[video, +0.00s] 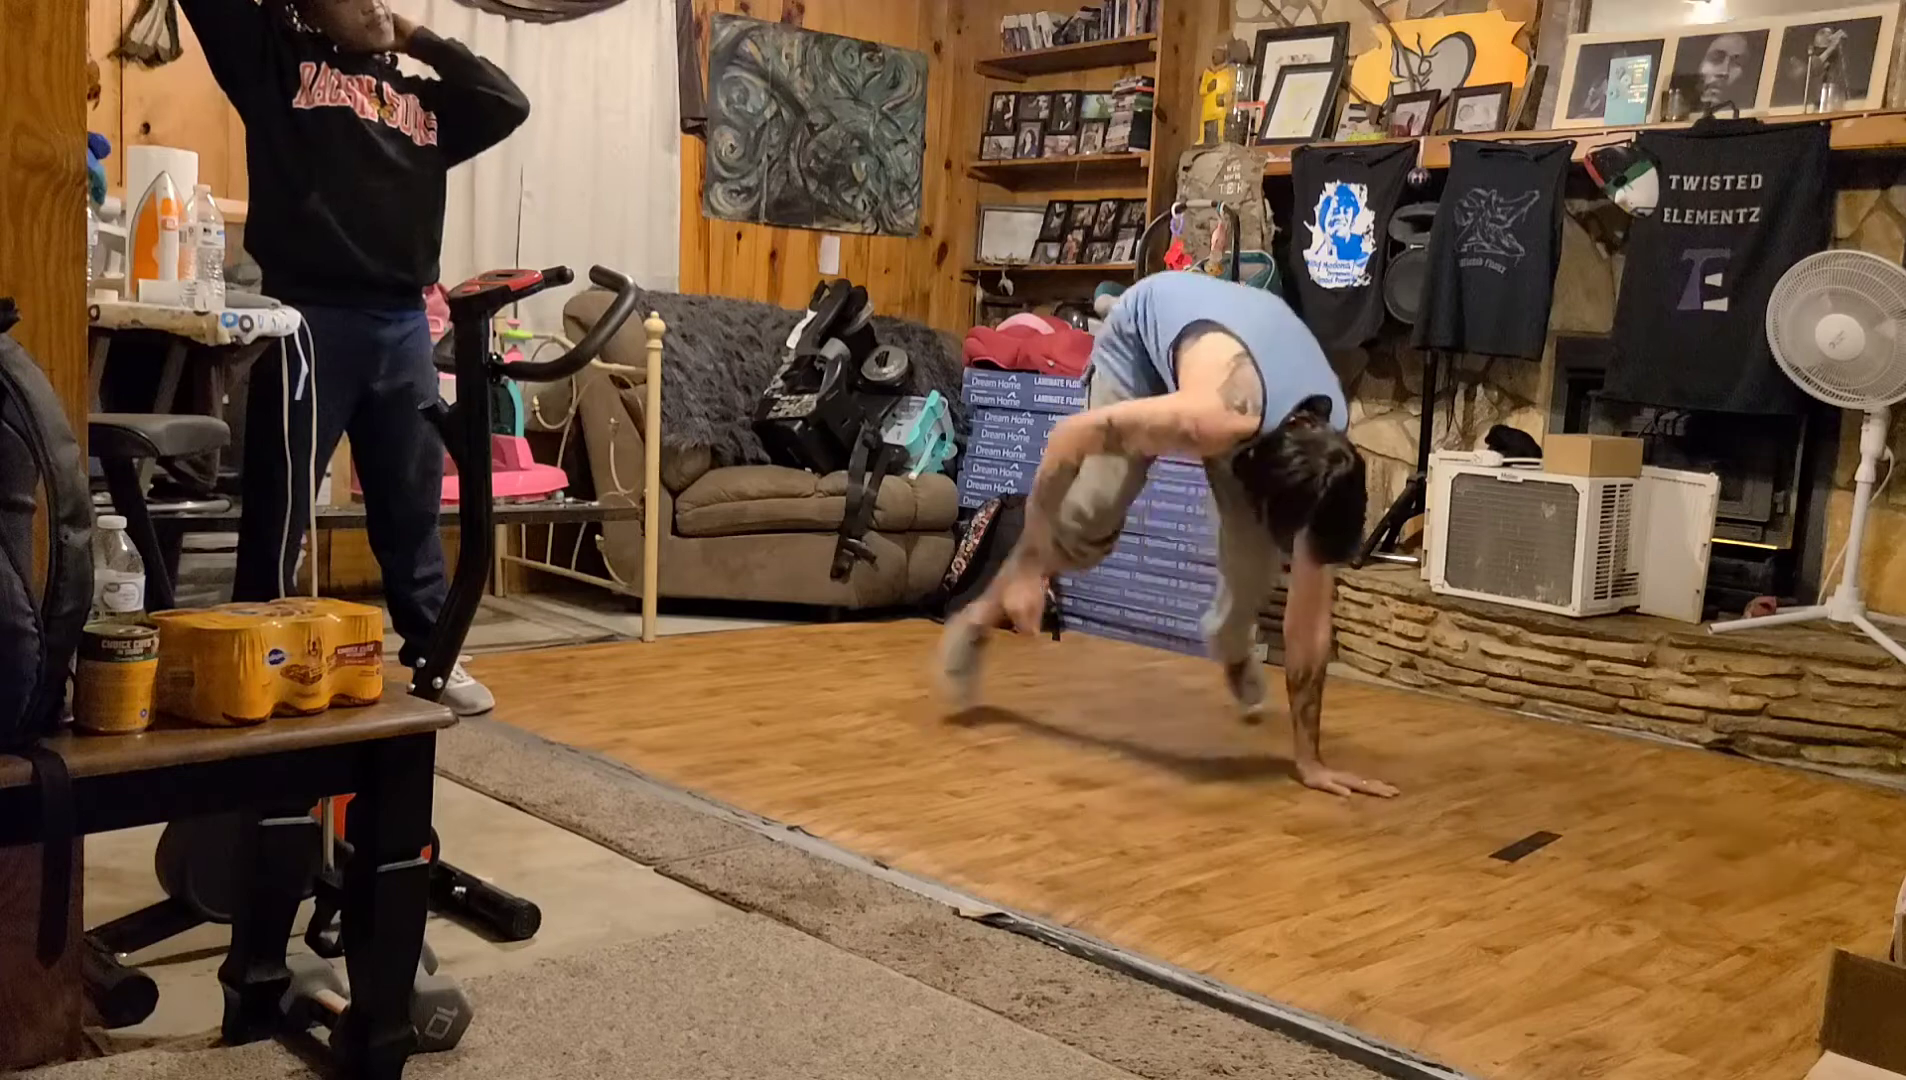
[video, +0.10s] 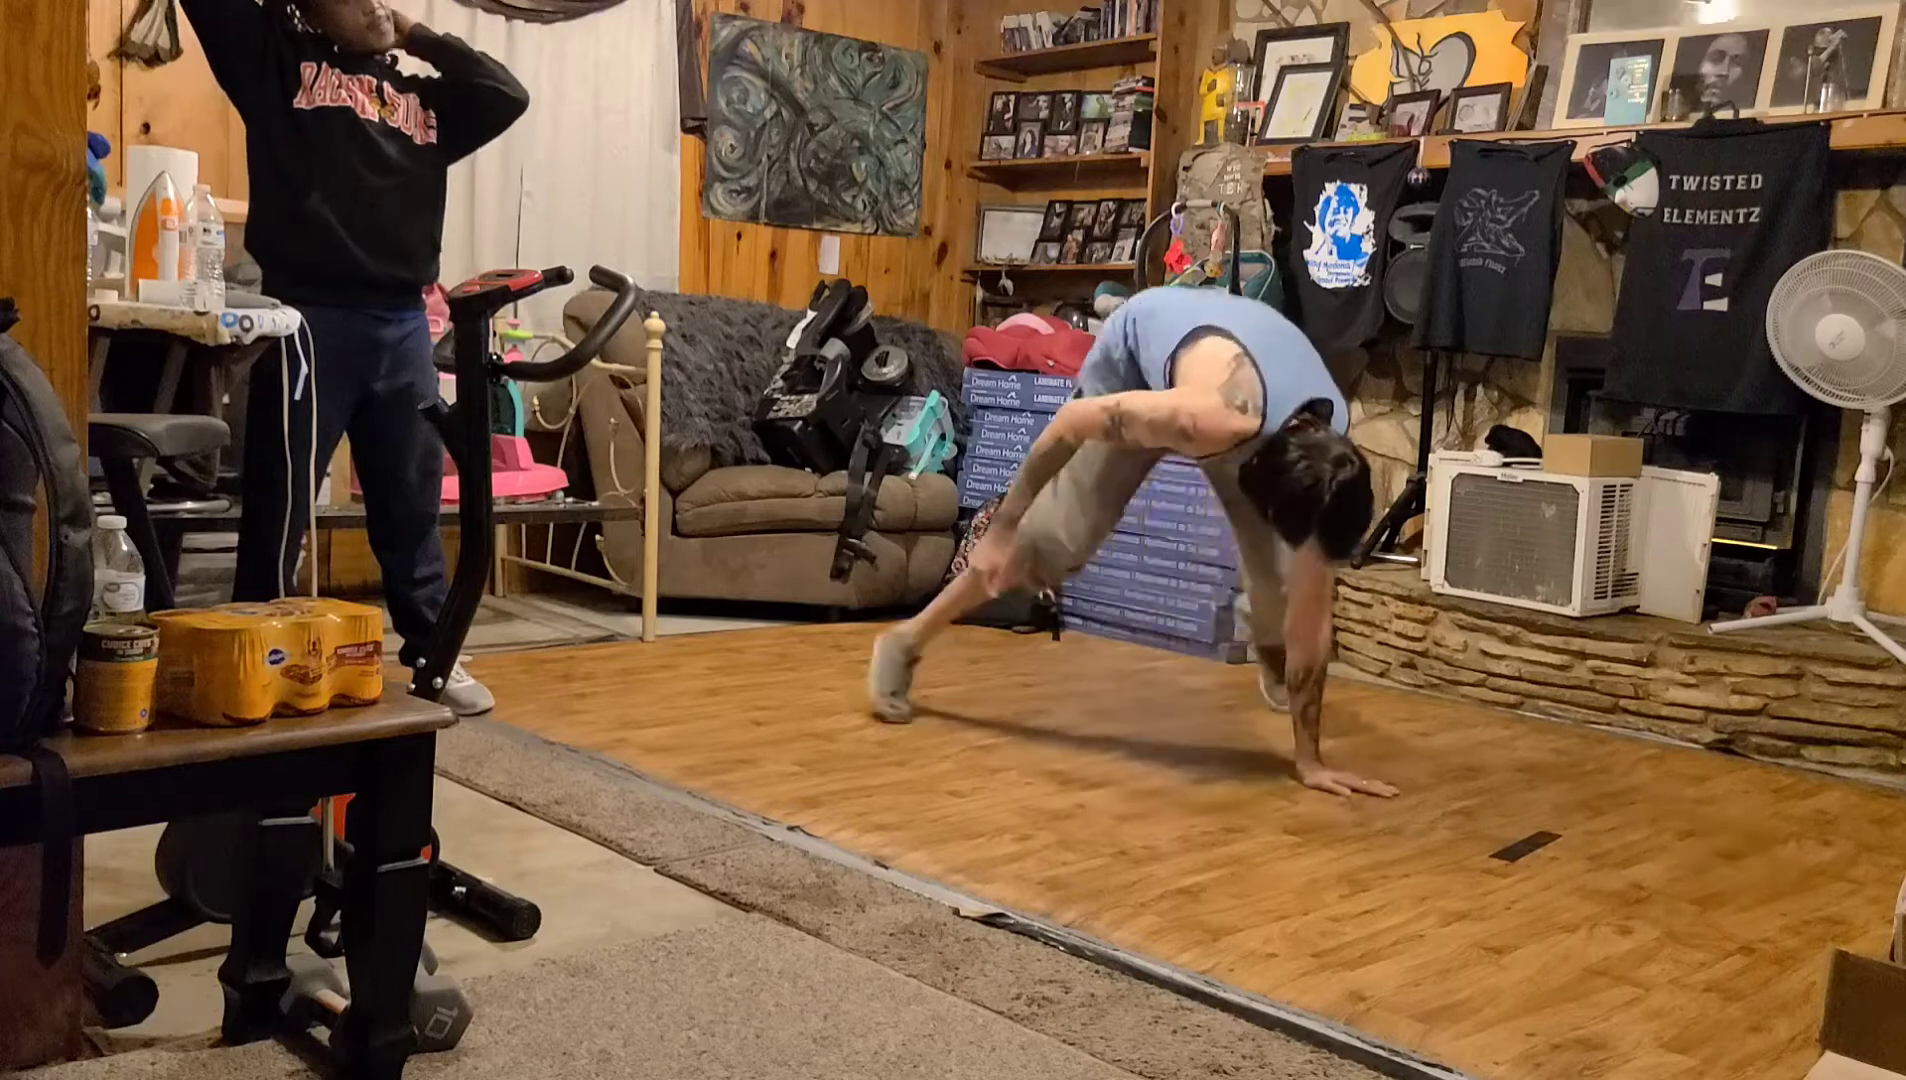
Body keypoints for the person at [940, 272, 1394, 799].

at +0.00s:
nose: (1292, 547)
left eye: (1305, 543)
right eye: (1291, 536)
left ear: (1333, 490)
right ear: (1267, 490)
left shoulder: (1327, 479)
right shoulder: (1210, 423)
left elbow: (1310, 622)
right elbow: (1069, 435)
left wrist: (1309, 759)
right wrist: (1032, 562)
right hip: (1144, 331)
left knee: (1256, 566)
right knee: (1090, 515)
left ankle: (1232, 646)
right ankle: (976, 621)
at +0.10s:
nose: (1308, 550)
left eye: (1320, 544)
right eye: (1309, 541)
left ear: (1347, 485)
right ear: (1278, 492)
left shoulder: (1328, 473)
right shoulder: (1206, 425)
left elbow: (1308, 621)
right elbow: (1071, 422)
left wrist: (1311, 761)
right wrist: (1004, 525)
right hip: (1140, 352)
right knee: (1058, 539)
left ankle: (1276, 658)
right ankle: (907, 639)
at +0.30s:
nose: (1303, 543)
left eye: (1316, 534)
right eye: (1299, 528)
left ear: (1343, 484)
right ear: (1275, 492)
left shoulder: (1329, 471)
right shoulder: (1207, 414)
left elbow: (1313, 620)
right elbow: (1072, 432)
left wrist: (1310, 762)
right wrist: (1015, 553)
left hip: (1220, 469)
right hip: (1124, 420)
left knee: (1244, 635)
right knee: (1038, 561)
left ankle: (1267, 671)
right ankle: (897, 653)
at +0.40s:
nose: (1289, 532)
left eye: (1299, 524)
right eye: (1285, 519)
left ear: (1327, 481)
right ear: (1268, 483)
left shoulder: (1324, 473)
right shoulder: (1201, 405)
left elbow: (1310, 622)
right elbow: (1062, 424)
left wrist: (1311, 759)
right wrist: (1010, 547)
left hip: (1228, 439)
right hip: (1138, 377)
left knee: (1229, 609)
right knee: (1059, 520)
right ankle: (945, 642)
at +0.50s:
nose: (1289, 527)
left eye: (1301, 520)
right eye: (1287, 516)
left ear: (1325, 482)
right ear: (1261, 475)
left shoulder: (1322, 469)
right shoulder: (1196, 401)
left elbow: (1307, 618)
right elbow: (1057, 428)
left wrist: (1310, 759)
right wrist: (1008, 552)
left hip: (1231, 446)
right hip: (1140, 388)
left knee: (1215, 606)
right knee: (1057, 530)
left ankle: (1136, 638)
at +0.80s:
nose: (1246, 457)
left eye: (1267, 453)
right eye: (1241, 440)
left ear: (1298, 447)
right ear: (1230, 411)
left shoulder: (1305, 483)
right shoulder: (1190, 395)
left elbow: (1300, 628)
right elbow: (1115, 446)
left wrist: (1307, 759)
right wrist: (1222, 448)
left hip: (1216, 599)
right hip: (1130, 558)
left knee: (1113, 597)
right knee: (1024, 560)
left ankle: (1124, 711)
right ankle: (1088, 691)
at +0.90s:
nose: (1267, 423)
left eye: (1289, 419)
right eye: (1265, 407)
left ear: (1314, 419)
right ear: (1262, 366)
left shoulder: (1317, 470)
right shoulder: (1236, 343)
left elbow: (1304, 622)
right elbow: (1140, 366)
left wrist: (1310, 759)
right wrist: (1246, 378)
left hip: (1197, 558)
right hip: (1119, 496)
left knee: (1097, 532)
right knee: (995, 513)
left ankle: (1051, 705)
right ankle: (1021, 672)